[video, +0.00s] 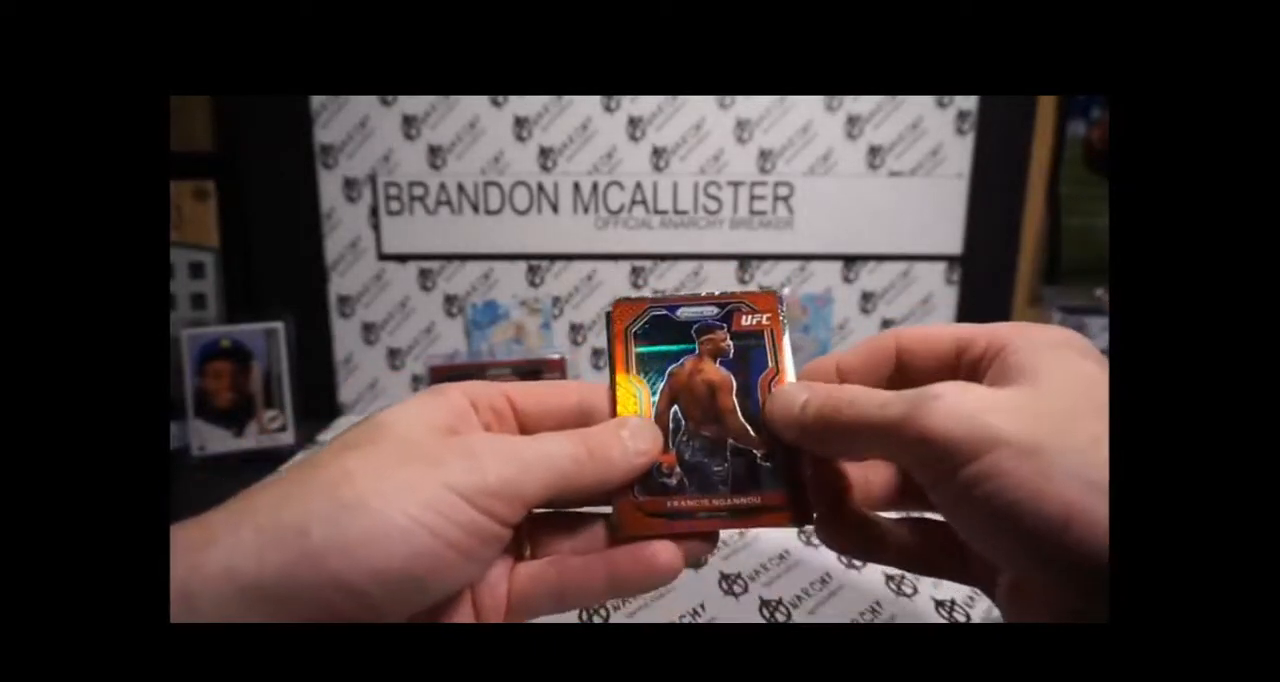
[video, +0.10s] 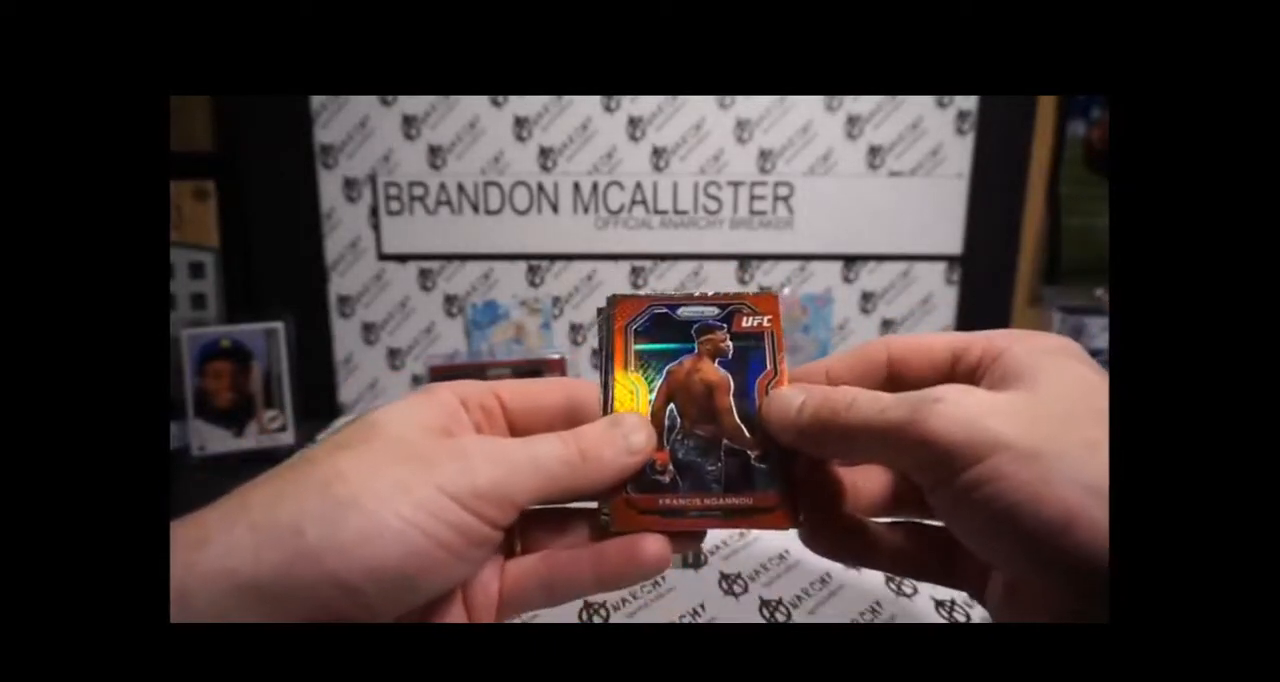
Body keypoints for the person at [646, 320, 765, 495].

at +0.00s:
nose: (730, 344)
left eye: (729, 339)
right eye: (725, 339)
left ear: (705, 345)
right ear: (707, 344)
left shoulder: (677, 371)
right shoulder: (721, 377)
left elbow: (661, 413)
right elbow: (734, 425)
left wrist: (665, 450)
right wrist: (758, 446)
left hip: (687, 444)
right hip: (714, 449)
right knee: (716, 513)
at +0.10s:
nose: (729, 344)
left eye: (728, 339)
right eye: (724, 340)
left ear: (704, 345)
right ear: (705, 345)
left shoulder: (675, 369)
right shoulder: (719, 377)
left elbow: (657, 410)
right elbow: (730, 426)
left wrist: (660, 447)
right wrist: (752, 446)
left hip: (681, 442)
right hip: (708, 447)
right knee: (710, 510)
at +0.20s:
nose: (733, 342)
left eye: (732, 336)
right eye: (727, 337)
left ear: (707, 341)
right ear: (709, 341)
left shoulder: (676, 369)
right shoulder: (721, 375)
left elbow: (661, 410)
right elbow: (731, 420)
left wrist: (663, 450)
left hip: (684, 443)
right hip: (711, 447)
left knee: (688, 509)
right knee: (713, 511)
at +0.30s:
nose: (741, 338)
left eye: (740, 333)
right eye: (735, 334)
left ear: (715, 338)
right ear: (717, 337)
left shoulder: (685, 365)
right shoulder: (729, 372)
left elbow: (667, 402)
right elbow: (739, 420)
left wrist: (668, 444)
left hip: (690, 438)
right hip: (717, 444)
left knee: (694, 505)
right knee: (719, 507)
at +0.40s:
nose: (757, 339)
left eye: (756, 334)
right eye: (752, 334)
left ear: (732, 336)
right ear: (735, 335)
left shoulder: (700, 357)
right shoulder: (744, 368)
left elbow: (680, 392)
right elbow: (751, 414)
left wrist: (680, 430)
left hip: (701, 427)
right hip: (727, 434)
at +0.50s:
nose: (760, 339)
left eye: (759, 334)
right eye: (756, 335)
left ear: (735, 336)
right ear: (739, 336)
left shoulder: (703, 357)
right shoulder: (746, 369)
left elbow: (682, 392)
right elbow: (753, 417)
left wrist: (681, 429)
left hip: (702, 427)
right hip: (728, 435)